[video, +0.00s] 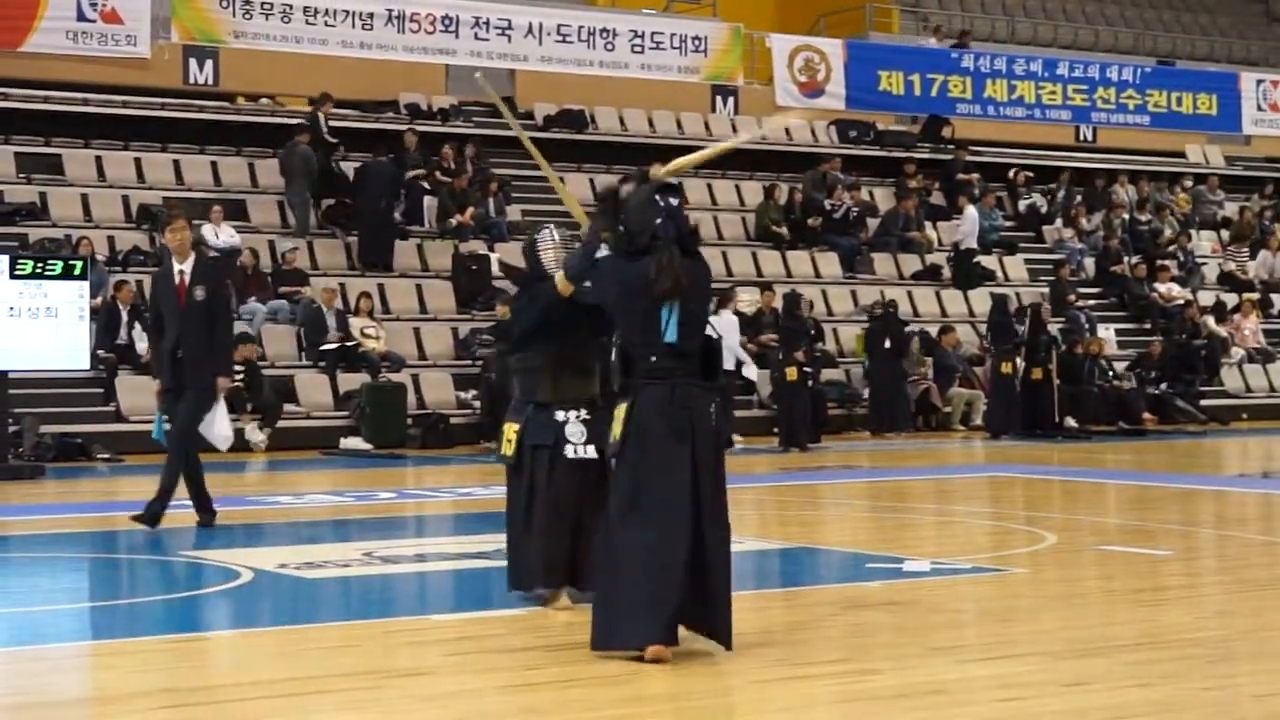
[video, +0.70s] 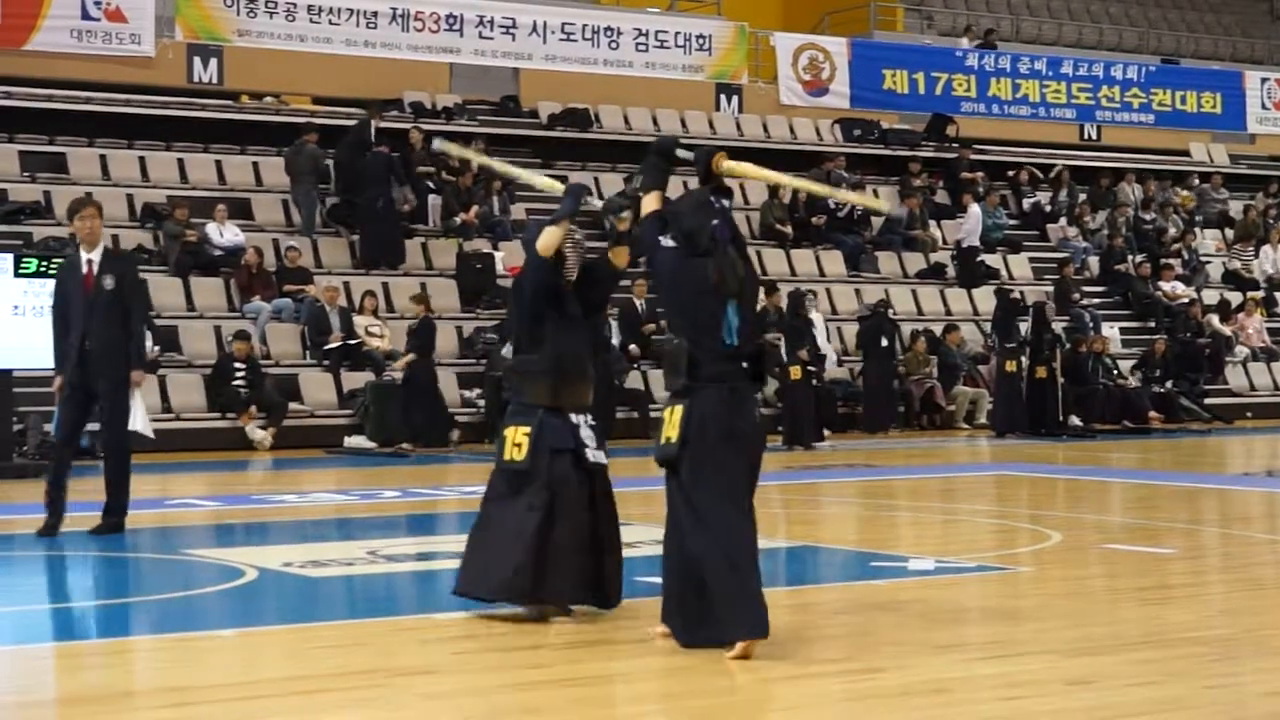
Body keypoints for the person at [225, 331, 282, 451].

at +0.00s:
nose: (255, 350)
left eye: (254, 347)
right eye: (251, 347)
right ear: (241, 347)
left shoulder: (252, 366)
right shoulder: (225, 364)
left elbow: (257, 389)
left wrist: (251, 402)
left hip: (247, 399)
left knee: (275, 404)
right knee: (236, 392)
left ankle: (262, 435)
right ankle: (249, 427)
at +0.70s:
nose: (239, 351)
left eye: (242, 348)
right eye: (236, 347)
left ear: (249, 347)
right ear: (232, 345)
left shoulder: (253, 363)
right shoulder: (224, 360)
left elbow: (258, 385)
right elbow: (215, 384)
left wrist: (254, 404)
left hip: (250, 397)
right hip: (229, 397)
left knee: (280, 403)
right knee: (231, 393)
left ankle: (268, 435)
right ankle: (250, 428)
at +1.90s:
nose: (227, 344)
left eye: (231, 341)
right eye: (227, 340)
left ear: (242, 343)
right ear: (225, 341)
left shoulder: (251, 359)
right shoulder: (221, 359)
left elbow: (259, 379)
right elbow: (214, 381)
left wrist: (256, 395)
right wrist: (228, 390)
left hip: (250, 391)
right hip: (229, 393)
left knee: (268, 393)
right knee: (236, 395)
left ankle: (270, 428)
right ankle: (249, 425)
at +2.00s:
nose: (229, 344)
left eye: (233, 341)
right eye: (228, 341)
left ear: (242, 344)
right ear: (226, 342)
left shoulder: (251, 360)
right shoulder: (221, 359)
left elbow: (255, 379)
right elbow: (215, 381)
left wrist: (254, 394)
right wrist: (229, 389)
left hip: (250, 392)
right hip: (228, 394)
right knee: (238, 394)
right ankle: (246, 425)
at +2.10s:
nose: (228, 344)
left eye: (232, 341)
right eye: (228, 340)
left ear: (242, 343)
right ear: (226, 341)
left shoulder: (250, 358)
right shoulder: (222, 359)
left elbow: (254, 378)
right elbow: (215, 382)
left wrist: (249, 389)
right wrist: (231, 389)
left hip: (247, 394)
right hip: (225, 396)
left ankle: (248, 440)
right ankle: (245, 440)